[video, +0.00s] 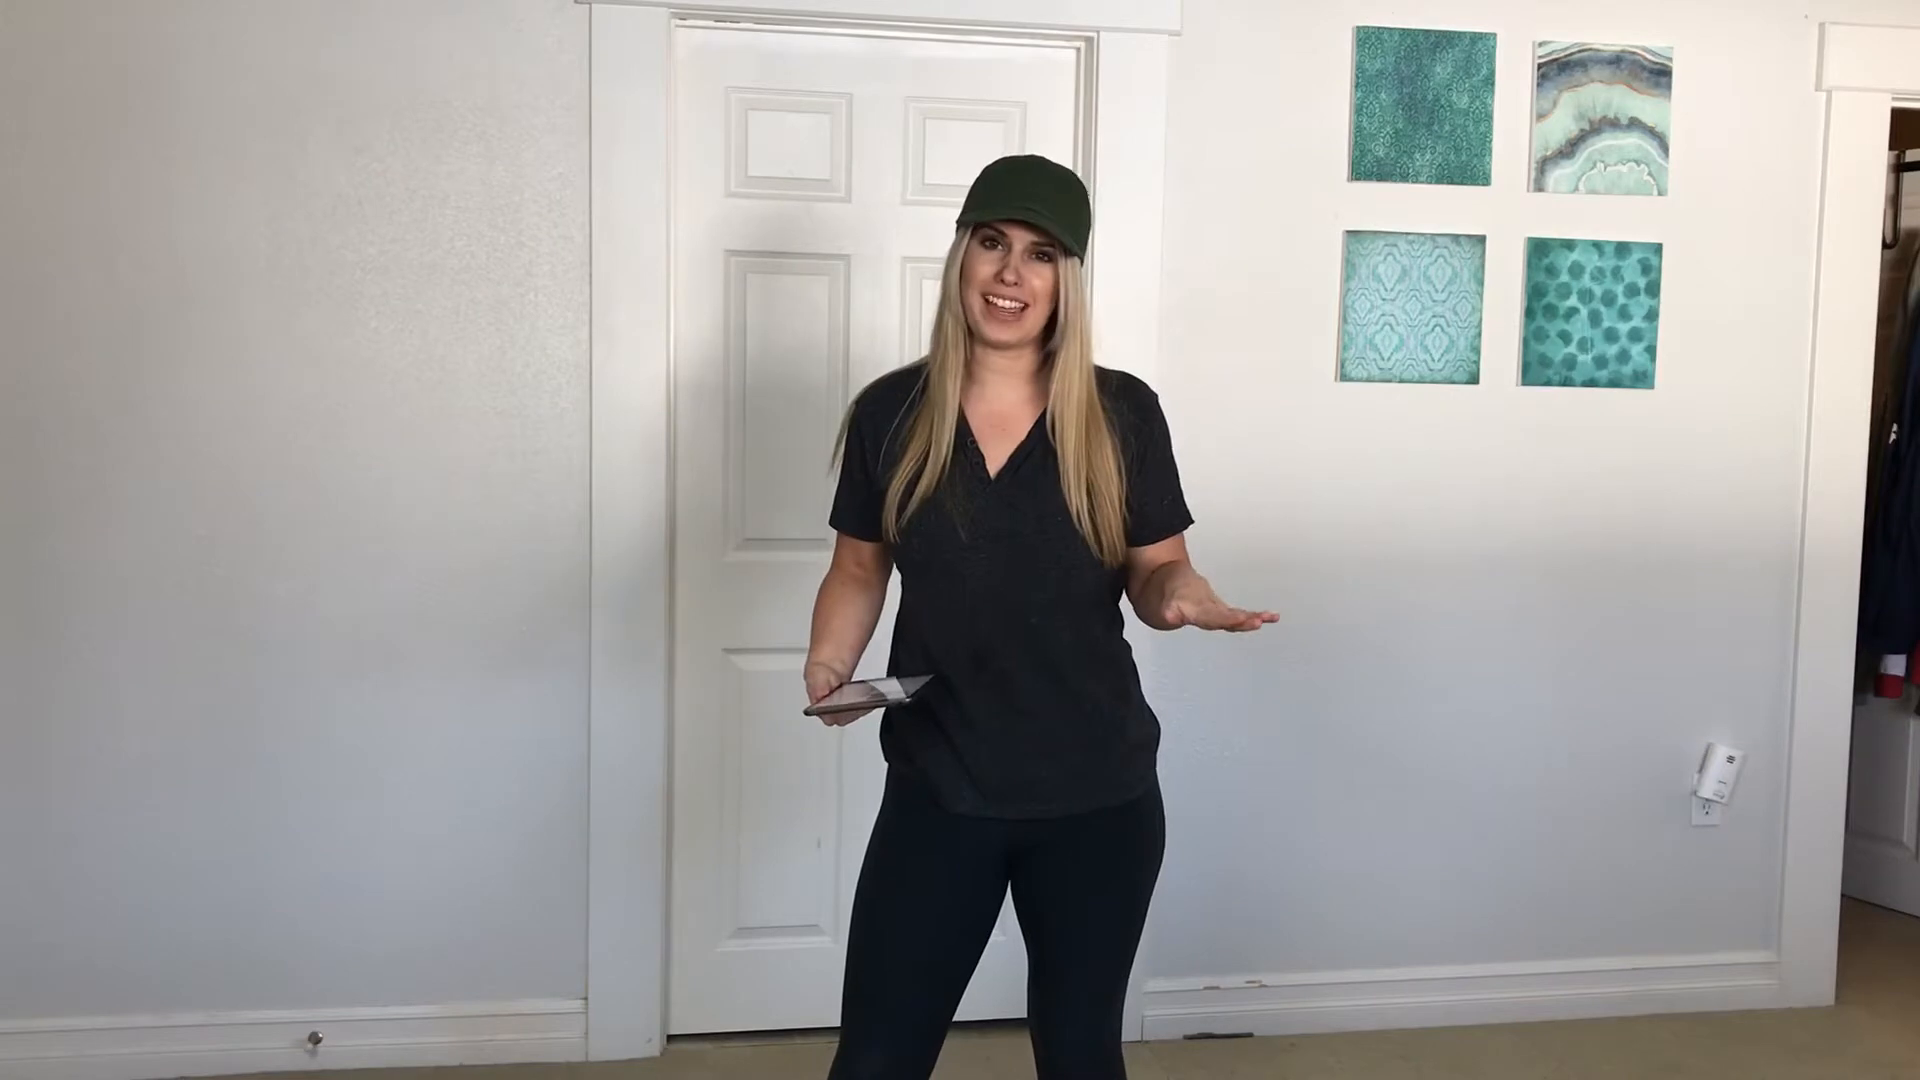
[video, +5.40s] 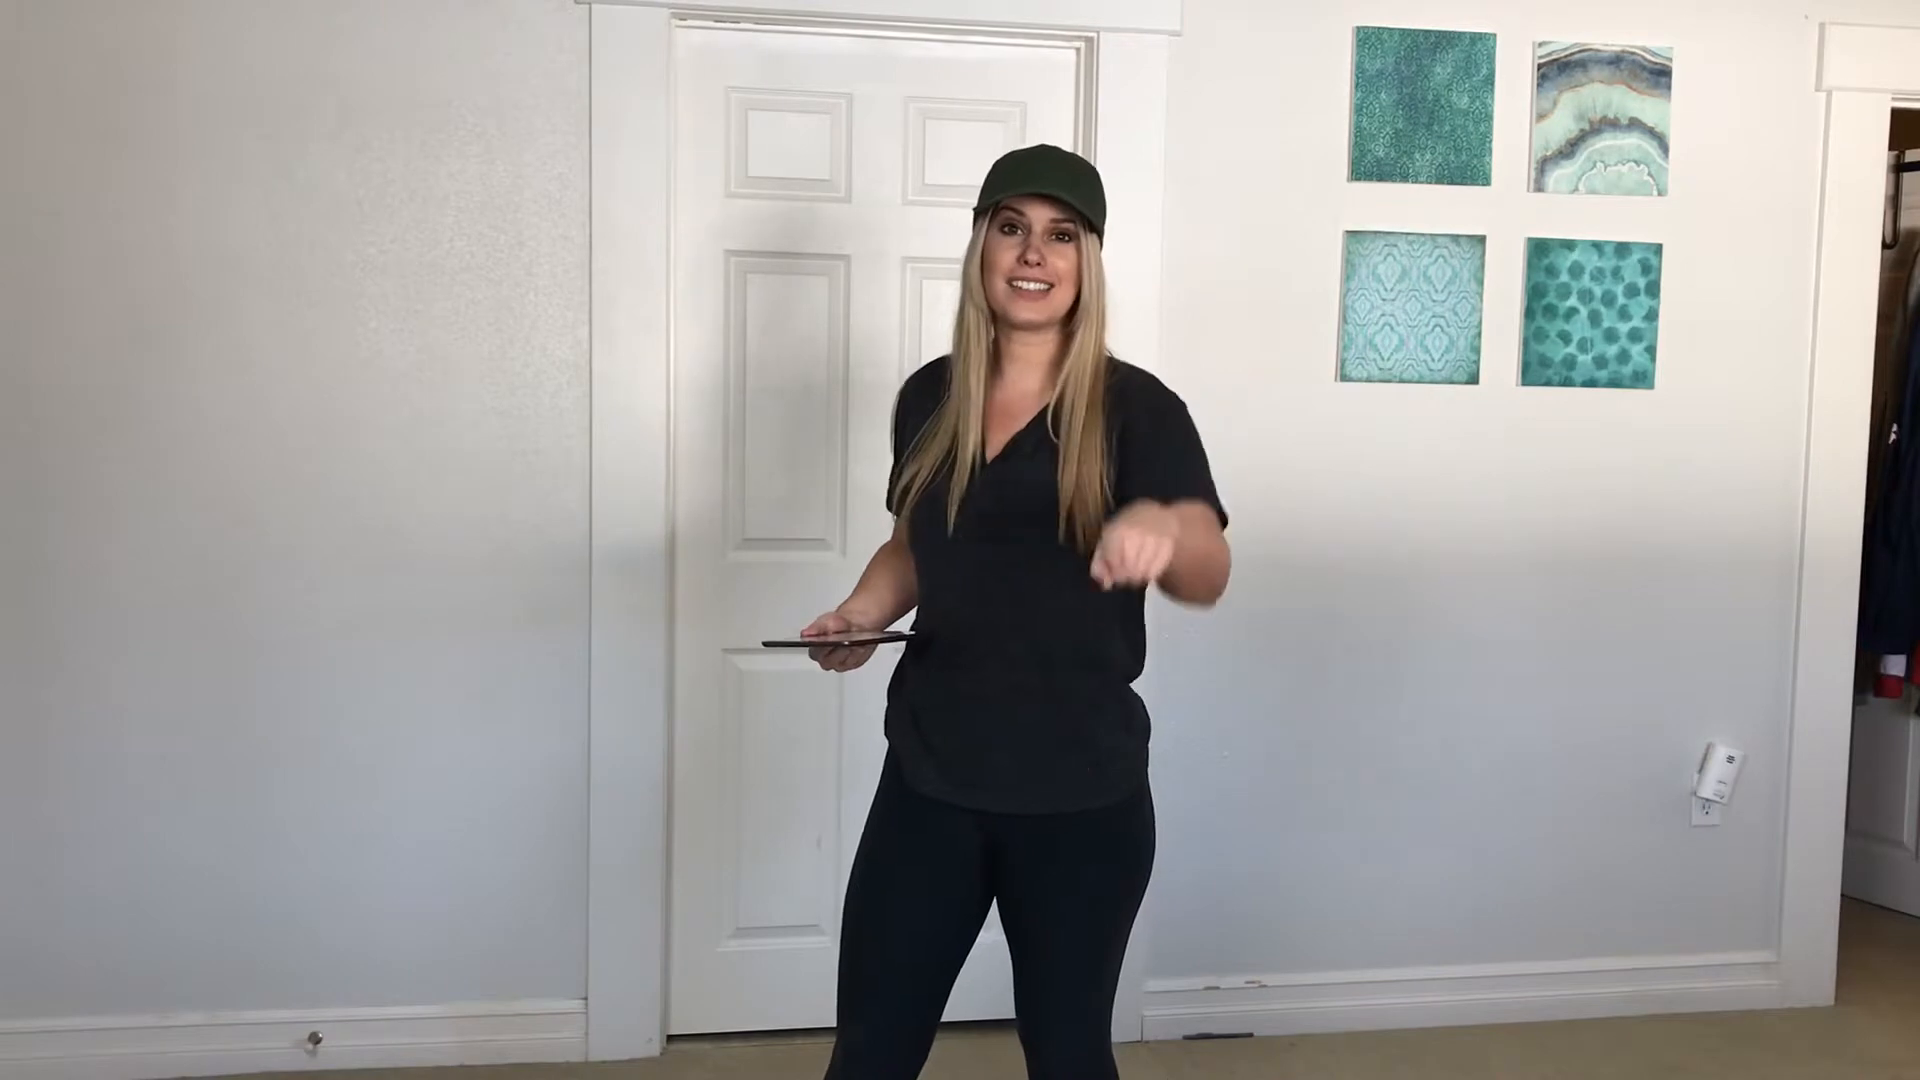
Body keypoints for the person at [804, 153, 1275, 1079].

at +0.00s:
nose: (1011, 273)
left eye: (1039, 255)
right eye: (993, 245)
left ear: (1069, 280)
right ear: (959, 259)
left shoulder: (1119, 409)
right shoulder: (892, 412)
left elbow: (1158, 567)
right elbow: (856, 569)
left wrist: (1186, 599)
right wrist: (829, 664)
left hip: (1095, 792)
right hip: (941, 787)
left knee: (1079, 1055)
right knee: (876, 1058)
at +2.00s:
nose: (1015, 272)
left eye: (1044, 256)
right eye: (998, 246)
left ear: (1076, 281)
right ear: (967, 261)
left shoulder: (1132, 411)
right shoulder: (907, 408)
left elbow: (1178, 598)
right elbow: (875, 562)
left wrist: (1229, 559)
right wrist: (840, 658)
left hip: (1096, 792)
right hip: (943, 786)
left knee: (1078, 1055)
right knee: (875, 1056)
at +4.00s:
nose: (1000, 263)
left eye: (1031, 247)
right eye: (987, 238)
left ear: (1068, 276)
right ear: (963, 254)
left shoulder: (1127, 407)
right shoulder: (914, 414)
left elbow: (1192, 591)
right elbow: (899, 567)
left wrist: (1220, 546)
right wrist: (835, 641)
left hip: (1093, 801)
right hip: (941, 797)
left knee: (1077, 1057)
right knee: (875, 1059)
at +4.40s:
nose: (1024, 252)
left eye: (1051, 236)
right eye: (1004, 228)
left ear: (1077, 269)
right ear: (970, 250)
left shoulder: (1123, 405)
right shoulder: (923, 404)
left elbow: (1271, 534)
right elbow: (908, 552)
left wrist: (1208, 428)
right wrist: (848, 631)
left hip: (1086, 799)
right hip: (937, 793)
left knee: (1072, 1059)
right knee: (874, 1058)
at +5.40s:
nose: (1031, 252)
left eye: (1059, 234)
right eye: (1009, 228)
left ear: (1090, 261)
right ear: (978, 251)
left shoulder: (1140, 409)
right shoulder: (930, 399)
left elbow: (1207, 578)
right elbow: (916, 542)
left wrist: (1163, 527)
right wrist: (865, 609)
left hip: (1079, 798)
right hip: (929, 790)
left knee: (1068, 1056)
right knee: (869, 1056)